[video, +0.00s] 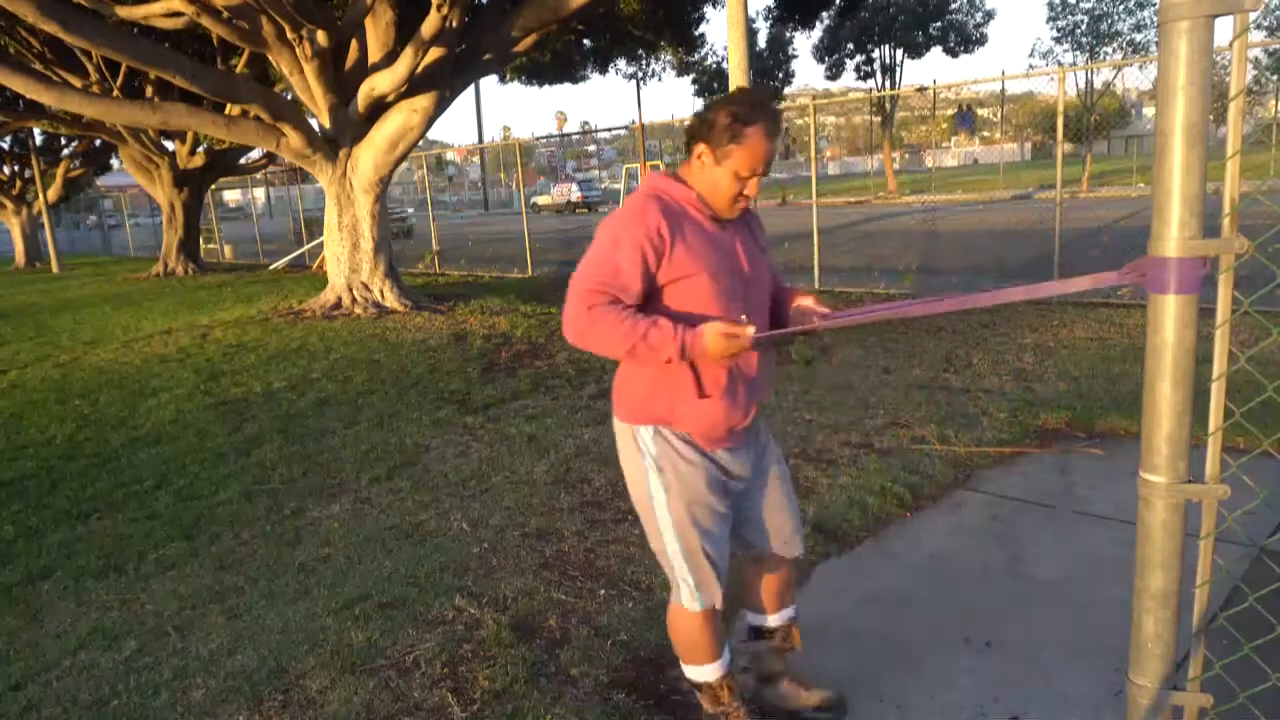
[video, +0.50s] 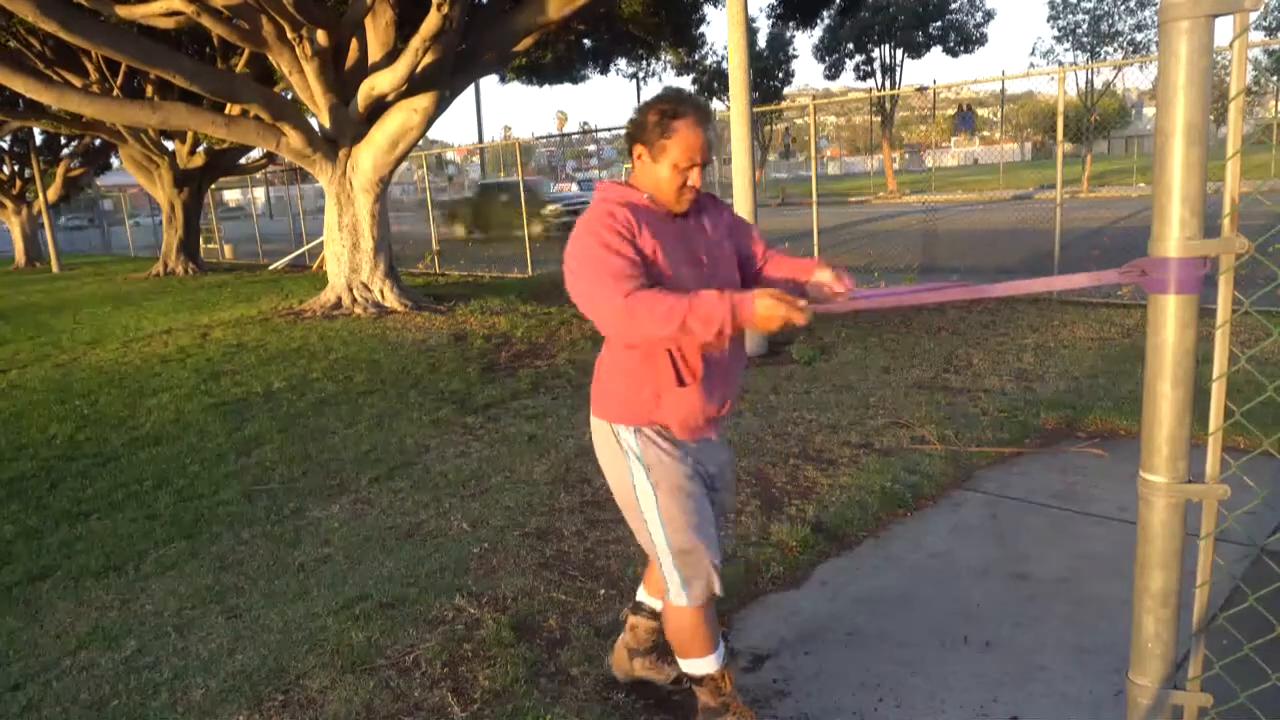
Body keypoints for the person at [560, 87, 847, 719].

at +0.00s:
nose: (752, 192)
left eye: (760, 178)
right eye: (743, 177)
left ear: (761, 166)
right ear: (700, 155)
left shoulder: (741, 220)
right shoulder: (644, 218)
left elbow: (756, 296)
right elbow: (583, 315)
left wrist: (789, 307)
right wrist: (689, 341)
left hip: (741, 424)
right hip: (667, 435)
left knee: (778, 549)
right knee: (696, 580)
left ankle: (767, 673)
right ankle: (717, 701)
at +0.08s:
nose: (735, 193)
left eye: (743, 180)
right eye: (726, 179)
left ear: (746, 166)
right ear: (683, 157)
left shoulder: (729, 224)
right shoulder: (628, 217)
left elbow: (747, 290)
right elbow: (566, 315)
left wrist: (776, 302)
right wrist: (670, 339)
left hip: (731, 421)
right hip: (655, 431)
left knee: (766, 541)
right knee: (686, 579)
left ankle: (723, 655)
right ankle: (711, 700)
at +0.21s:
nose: (710, 192)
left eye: (716, 178)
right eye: (699, 176)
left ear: (721, 169)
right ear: (656, 159)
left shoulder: (713, 217)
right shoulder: (607, 218)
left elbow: (739, 290)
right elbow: (558, 317)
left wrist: (771, 292)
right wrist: (660, 324)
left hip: (717, 421)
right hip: (645, 428)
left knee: (726, 553)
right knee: (677, 577)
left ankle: (641, 645)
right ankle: (709, 700)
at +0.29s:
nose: (698, 187)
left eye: (705, 174)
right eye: (687, 174)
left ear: (712, 166)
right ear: (643, 161)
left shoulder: (710, 221)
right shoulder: (598, 227)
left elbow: (744, 282)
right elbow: (565, 324)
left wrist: (779, 289)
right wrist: (669, 328)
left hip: (704, 423)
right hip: (636, 427)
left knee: (667, 539)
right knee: (681, 565)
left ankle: (628, 653)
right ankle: (709, 700)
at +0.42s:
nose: (697, 179)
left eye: (703, 164)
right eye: (684, 165)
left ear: (708, 156)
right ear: (641, 155)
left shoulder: (711, 218)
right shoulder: (596, 230)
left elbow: (749, 269)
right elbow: (598, 326)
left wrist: (792, 284)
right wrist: (702, 324)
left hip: (699, 414)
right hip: (631, 419)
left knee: (673, 536)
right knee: (691, 561)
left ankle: (631, 652)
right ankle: (715, 698)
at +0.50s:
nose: (697, 181)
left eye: (703, 166)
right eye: (684, 167)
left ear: (708, 162)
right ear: (639, 159)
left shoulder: (712, 216)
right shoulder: (603, 228)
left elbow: (760, 262)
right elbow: (626, 314)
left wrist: (810, 275)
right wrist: (740, 310)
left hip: (703, 420)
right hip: (637, 424)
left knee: (696, 543)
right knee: (689, 568)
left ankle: (638, 647)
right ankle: (717, 699)